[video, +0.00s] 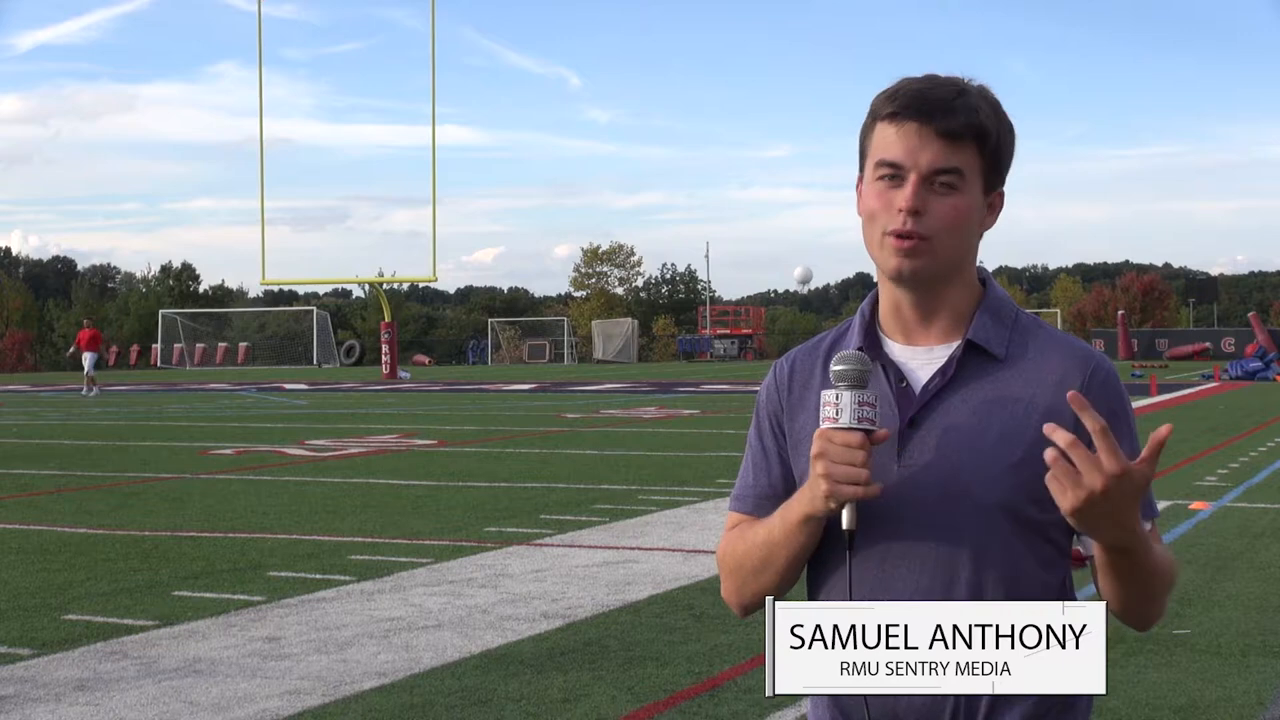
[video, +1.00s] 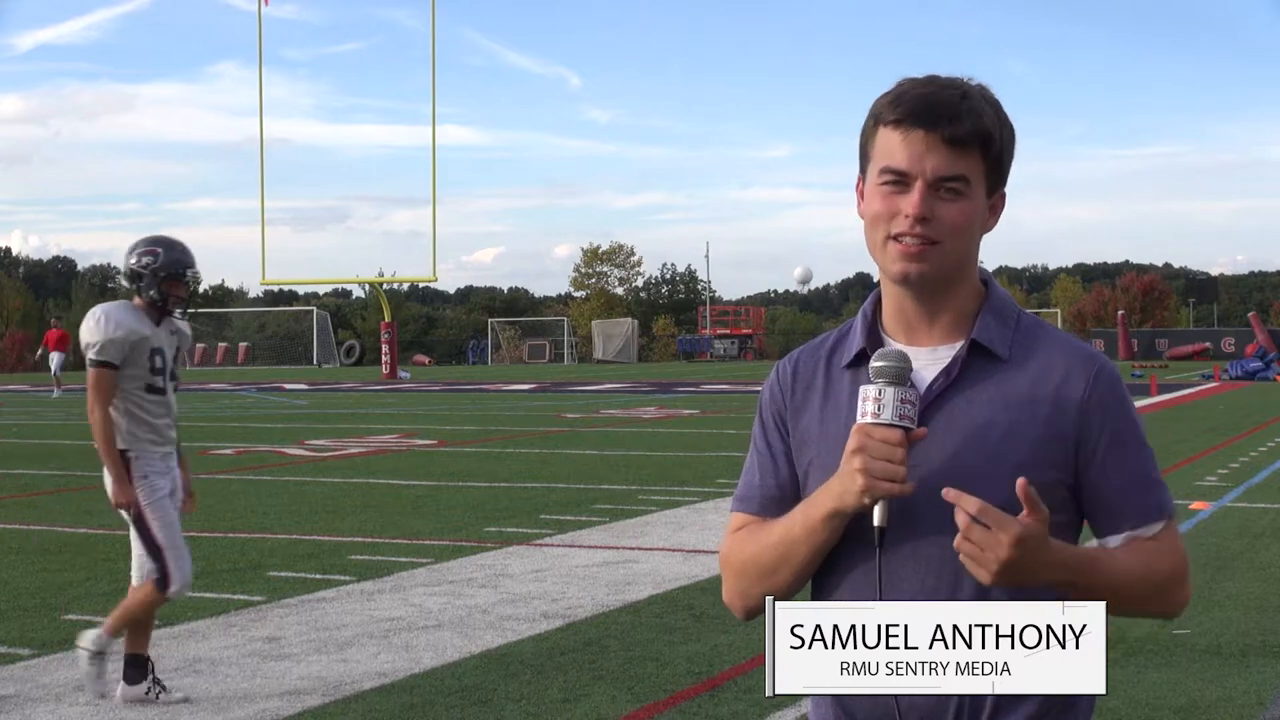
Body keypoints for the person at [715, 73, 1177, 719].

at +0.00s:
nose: (907, 203)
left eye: (943, 181)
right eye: (888, 176)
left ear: (991, 207)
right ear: (860, 195)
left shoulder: (1074, 379)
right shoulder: (796, 380)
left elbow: (1143, 611)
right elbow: (738, 588)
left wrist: (1120, 536)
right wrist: (811, 499)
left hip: (1025, 705)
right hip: (848, 706)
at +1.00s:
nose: (914, 211)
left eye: (949, 188)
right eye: (893, 182)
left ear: (993, 208)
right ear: (861, 196)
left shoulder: (1076, 381)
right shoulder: (798, 382)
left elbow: (1167, 581)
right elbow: (740, 587)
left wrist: (1053, 564)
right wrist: (837, 496)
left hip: (1022, 708)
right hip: (845, 707)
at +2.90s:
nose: (913, 196)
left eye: (940, 174)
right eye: (886, 176)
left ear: (986, 197)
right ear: (855, 209)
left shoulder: (1080, 374)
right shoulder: (800, 378)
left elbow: (1164, 599)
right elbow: (733, 583)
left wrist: (1109, 472)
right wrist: (833, 469)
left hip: (1029, 703)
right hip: (852, 706)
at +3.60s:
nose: (914, 202)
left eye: (943, 180)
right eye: (888, 181)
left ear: (986, 200)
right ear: (855, 206)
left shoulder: (1082, 380)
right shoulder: (796, 386)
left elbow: (1150, 575)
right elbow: (745, 586)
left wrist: (1050, 570)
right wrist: (838, 517)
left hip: (1031, 708)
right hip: (850, 709)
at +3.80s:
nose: (913, 208)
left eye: (942, 183)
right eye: (888, 184)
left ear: (985, 200)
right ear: (854, 207)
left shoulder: (1082, 379)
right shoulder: (797, 385)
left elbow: (1156, 578)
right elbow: (746, 587)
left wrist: (1046, 567)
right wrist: (836, 515)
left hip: (1031, 708)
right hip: (851, 709)